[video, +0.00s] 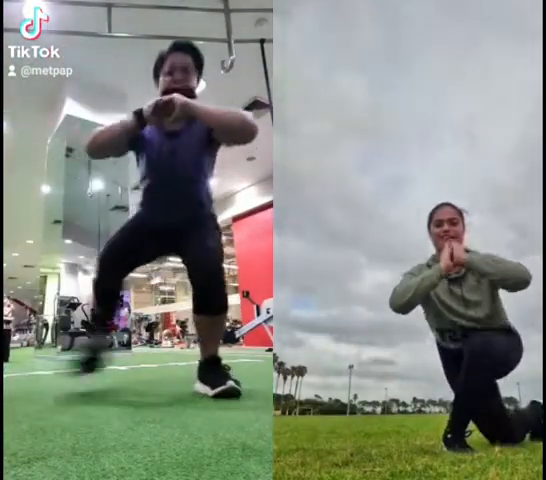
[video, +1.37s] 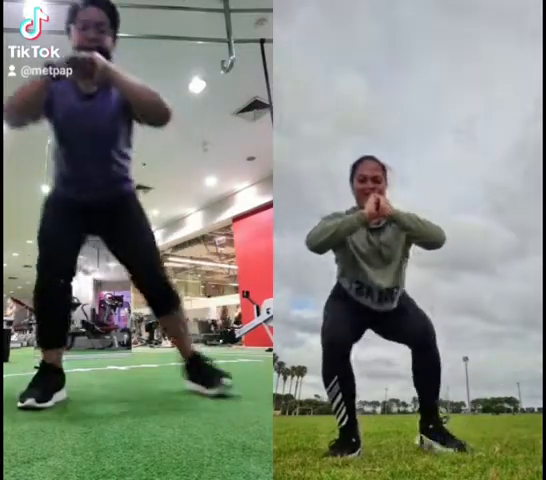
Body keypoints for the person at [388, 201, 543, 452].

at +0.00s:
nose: (446, 229)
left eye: (453, 223)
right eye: (438, 224)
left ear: (464, 228)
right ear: (430, 233)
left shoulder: (479, 262)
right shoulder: (423, 272)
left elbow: (522, 278)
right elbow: (398, 304)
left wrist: (467, 258)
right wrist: (440, 270)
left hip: (499, 343)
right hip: (455, 353)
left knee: (477, 351)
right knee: (502, 435)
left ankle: (455, 434)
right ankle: (535, 414)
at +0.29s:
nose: (437, 195)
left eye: (443, 189)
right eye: (429, 190)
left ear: (453, 195)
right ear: (420, 198)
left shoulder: (473, 233)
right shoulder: (413, 235)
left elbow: (519, 238)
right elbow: (389, 255)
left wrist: (466, 220)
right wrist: (435, 226)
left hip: (482, 313)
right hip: (440, 323)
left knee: (473, 343)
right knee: (470, 405)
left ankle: (455, 433)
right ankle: (525, 410)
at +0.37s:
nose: (433, 185)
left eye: (440, 178)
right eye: (425, 180)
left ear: (450, 183)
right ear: (416, 187)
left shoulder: (468, 221)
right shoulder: (409, 224)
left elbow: (513, 232)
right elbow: (386, 246)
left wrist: (463, 215)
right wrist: (431, 220)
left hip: (476, 306)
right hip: (434, 313)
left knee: (471, 342)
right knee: (448, 398)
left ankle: (454, 433)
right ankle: (502, 403)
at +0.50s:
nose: (425, 175)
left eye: (431, 168)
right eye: (417, 170)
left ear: (442, 172)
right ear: (408, 177)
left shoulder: (461, 207)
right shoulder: (402, 215)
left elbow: (499, 222)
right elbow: (374, 238)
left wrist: (450, 204)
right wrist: (417, 210)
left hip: (468, 297)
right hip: (424, 297)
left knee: (471, 348)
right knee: (400, 359)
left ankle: (454, 433)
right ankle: (435, 397)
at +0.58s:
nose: (420, 175)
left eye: (426, 169)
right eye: (412, 170)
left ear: (436, 173)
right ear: (402, 177)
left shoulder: (455, 207)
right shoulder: (396, 216)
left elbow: (489, 224)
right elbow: (366, 240)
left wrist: (442, 206)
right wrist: (410, 211)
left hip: (459, 299)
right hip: (413, 296)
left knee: (469, 348)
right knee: (381, 342)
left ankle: (453, 434)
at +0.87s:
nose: (403, 218)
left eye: (410, 212)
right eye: (396, 212)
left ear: (420, 219)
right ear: (386, 220)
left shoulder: (436, 256)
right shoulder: (374, 257)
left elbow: (474, 275)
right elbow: (341, 286)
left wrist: (424, 249)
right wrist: (391, 254)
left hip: (431, 341)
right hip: (386, 341)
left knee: (458, 343)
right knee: (352, 344)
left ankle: (451, 437)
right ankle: (349, 438)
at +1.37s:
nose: (369, 186)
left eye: (376, 181)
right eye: (363, 181)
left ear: (386, 185)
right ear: (352, 186)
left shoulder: (401, 223)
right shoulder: (342, 220)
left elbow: (438, 239)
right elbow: (314, 243)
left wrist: (392, 214)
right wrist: (363, 217)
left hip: (392, 306)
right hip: (348, 304)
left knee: (424, 336)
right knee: (334, 344)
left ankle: (431, 428)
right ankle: (348, 437)